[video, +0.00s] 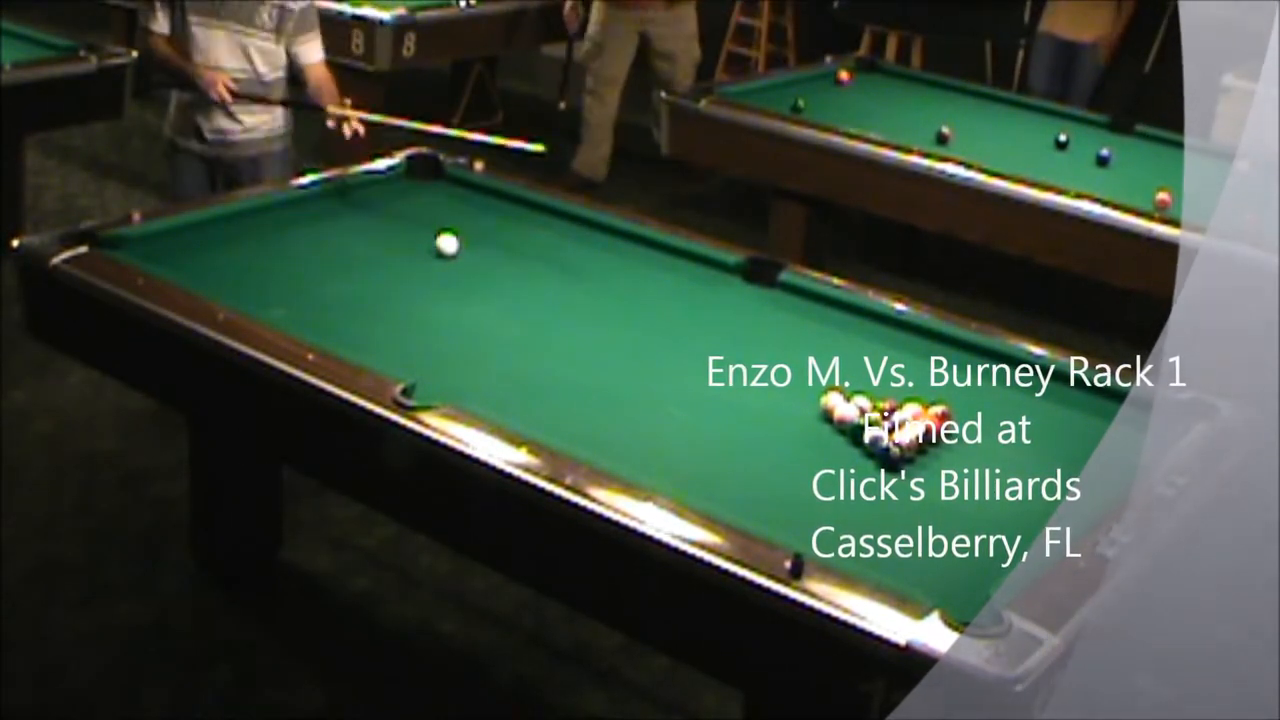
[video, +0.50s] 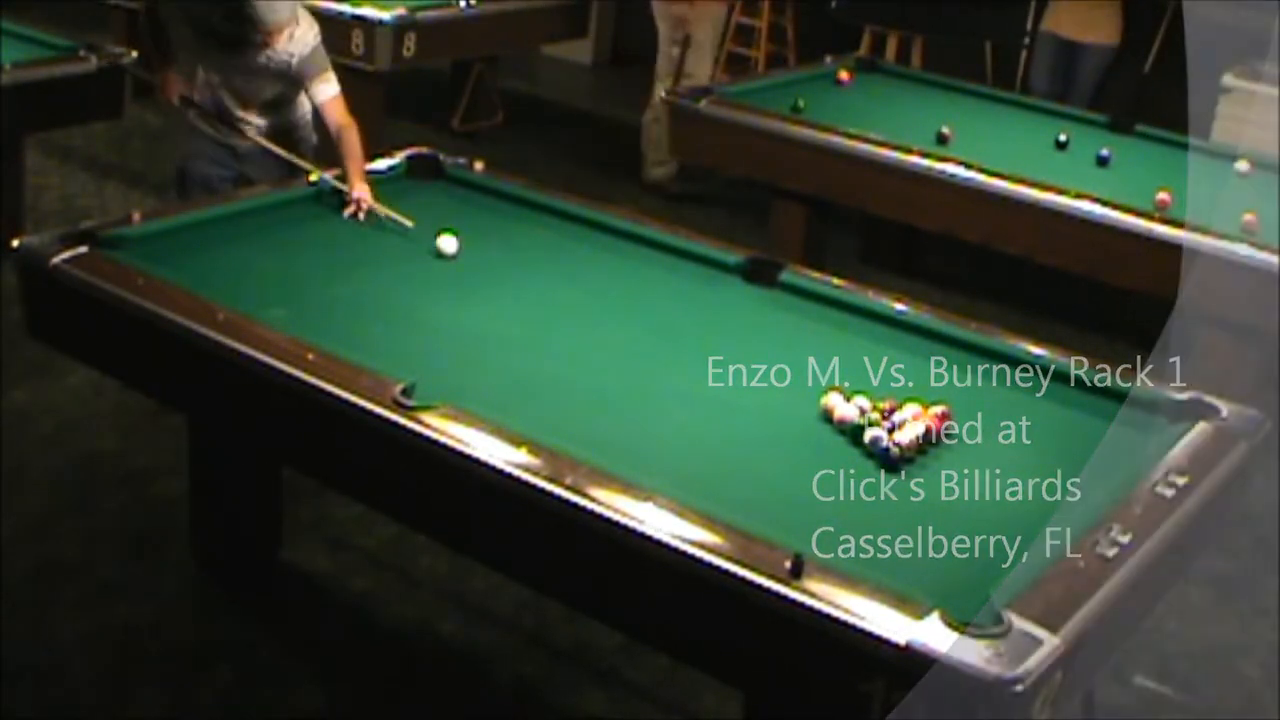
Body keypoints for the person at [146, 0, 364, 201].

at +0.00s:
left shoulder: (295, 6)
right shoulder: (176, 6)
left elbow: (314, 66)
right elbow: (154, 39)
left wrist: (334, 105)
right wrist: (197, 74)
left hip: (264, 147)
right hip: (194, 144)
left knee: (261, 250)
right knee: (188, 247)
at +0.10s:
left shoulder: (290, 6)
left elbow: (315, 69)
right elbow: (149, 34)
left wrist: (337, 112)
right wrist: (188, 83)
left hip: (262, 140)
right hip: (194, 136)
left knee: (264, 238)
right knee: (186, 235)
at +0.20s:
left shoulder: (290, 10)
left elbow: (318, 74)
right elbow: (145, 24)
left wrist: (339, 121)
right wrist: (168, 86)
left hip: (261, 141)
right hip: (193, 135)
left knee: (263, 241)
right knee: (184, 238)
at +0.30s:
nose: (220, 14)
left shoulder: (291, 11)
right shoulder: (176, 7)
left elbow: (328, 90)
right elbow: (141, 18)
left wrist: (349, 139)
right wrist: (137, 74)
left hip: (263, 145)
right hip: (194, 138)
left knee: (267, 244)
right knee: (189, 241)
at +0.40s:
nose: (259, 20)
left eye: (264, 14)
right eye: (248, 15)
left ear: (276, 3)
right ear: (224, 7)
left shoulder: (297, 25)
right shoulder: (199, 9)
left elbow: (338, 108)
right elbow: (143, 9)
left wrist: (353, 162)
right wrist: (141, 61)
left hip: (273, 147)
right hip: (205, 137)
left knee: (271, 244)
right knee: (197, 238)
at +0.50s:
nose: (277, 41)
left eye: (284, 31)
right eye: (268, 34)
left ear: (292, 18)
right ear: (237, 27)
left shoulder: (302, 39)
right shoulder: (199, 20)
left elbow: (343, 125)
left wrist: (357, 181)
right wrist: (170, 69)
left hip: (281, 143)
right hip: (209, 133)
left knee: (280, 235)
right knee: (201, 231)